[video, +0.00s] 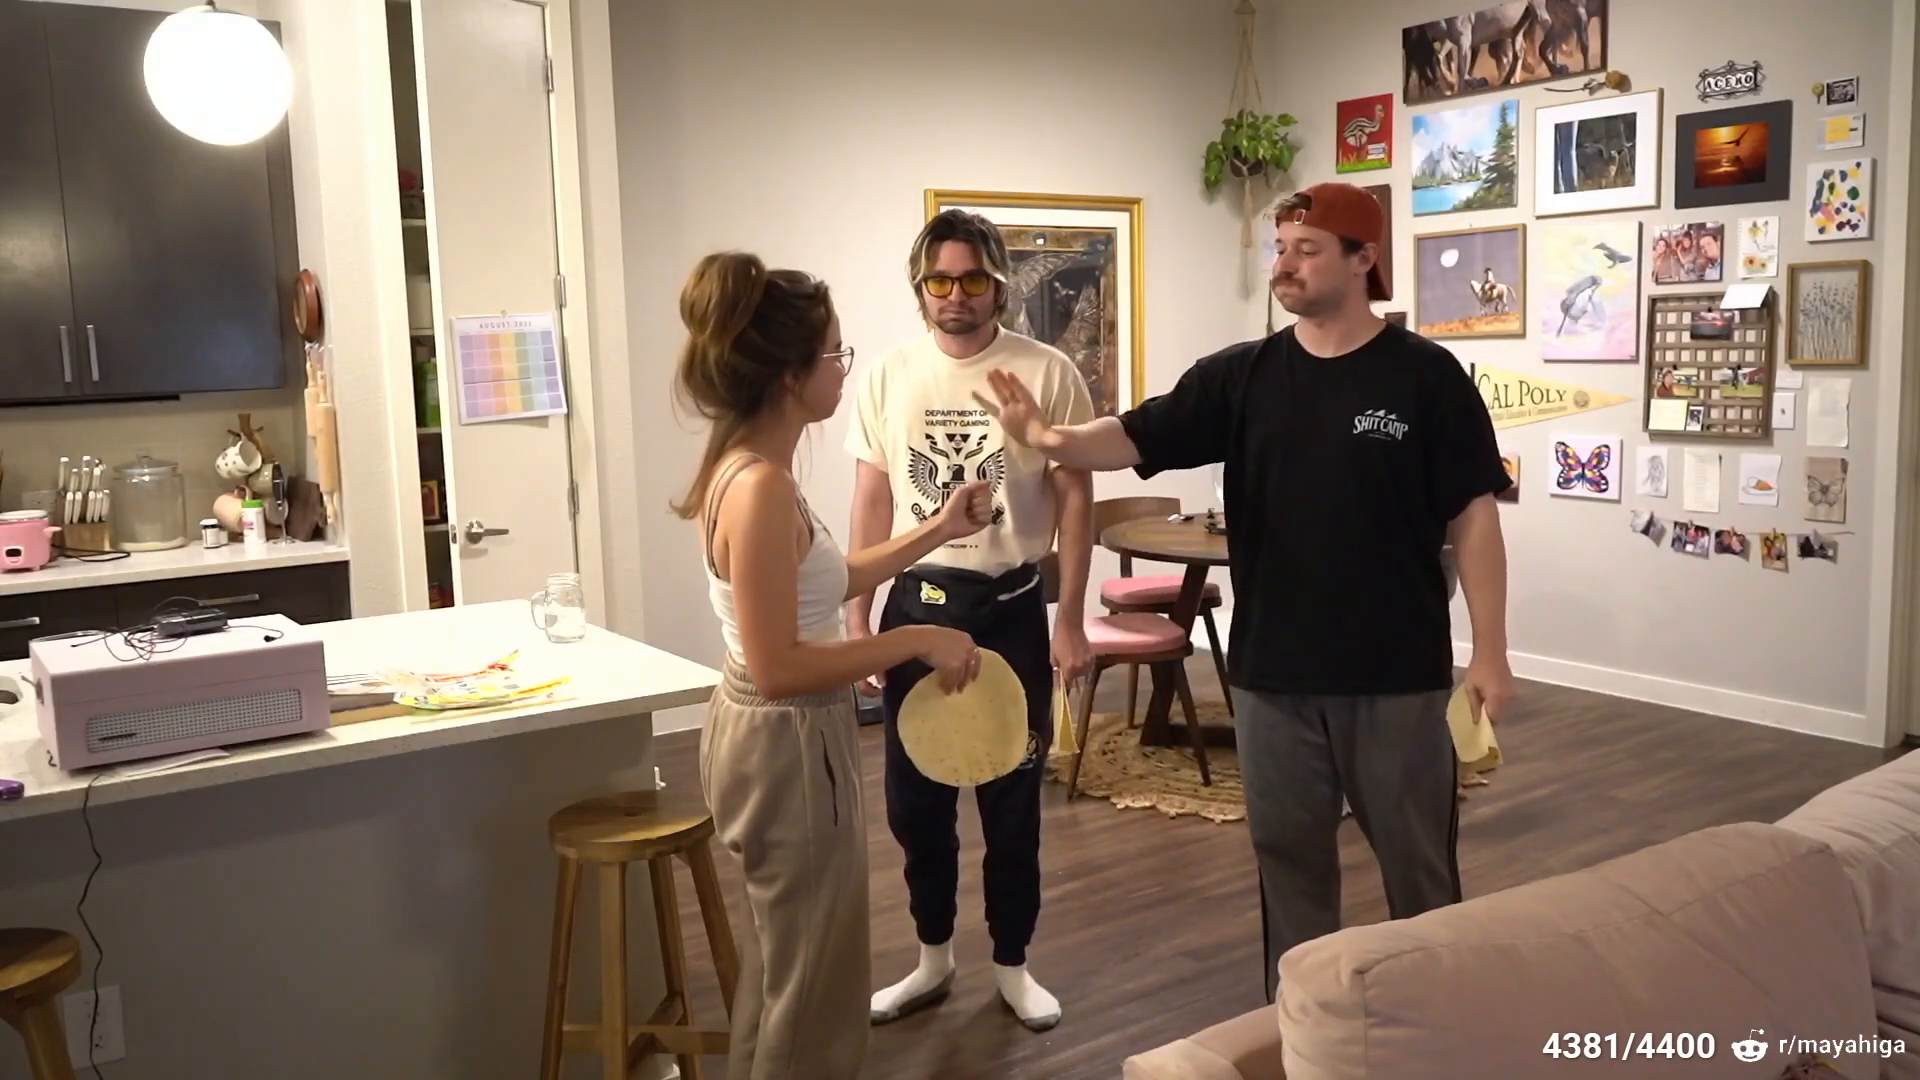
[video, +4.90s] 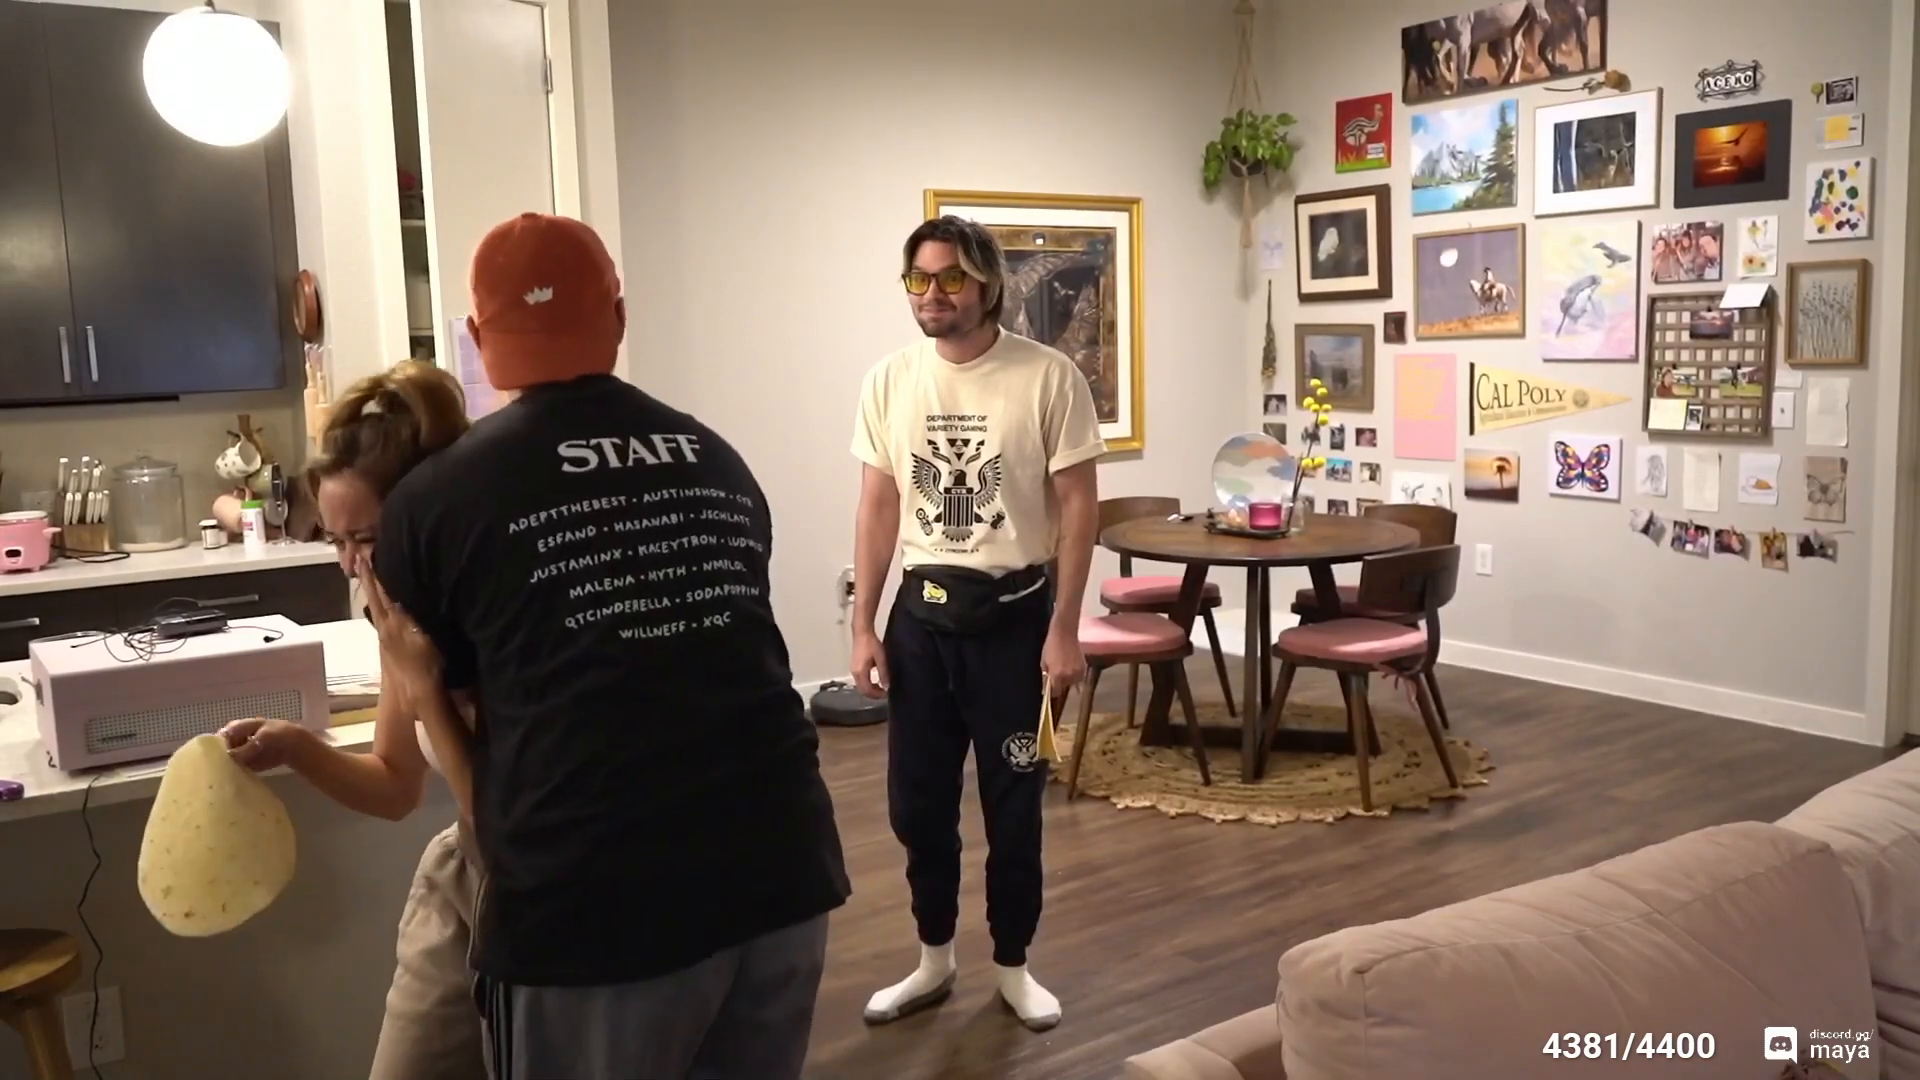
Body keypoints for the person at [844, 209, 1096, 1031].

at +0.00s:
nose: (955, 296)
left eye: (972, 281)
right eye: (940, 281)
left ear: (999, 285)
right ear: (920, 287)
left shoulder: (1047, 372)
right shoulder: (887, 376)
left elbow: (1076, 498)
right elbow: (872, 502)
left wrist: (1069, 618)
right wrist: (865, 624)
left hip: (1015, 605)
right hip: (915, 607)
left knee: (1012, 796)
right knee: (917, 799)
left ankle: (1013, 967)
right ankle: (933, 957)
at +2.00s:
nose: (943, 296)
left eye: (961, 280)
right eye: (928, 281)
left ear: (993, 285)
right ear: (910, 288)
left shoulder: (1045, 373)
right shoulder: (887, 378)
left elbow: (1073, 514)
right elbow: (874, 505)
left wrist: (1059, 623)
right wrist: (857, 617)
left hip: (1012, 612)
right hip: (910, 609)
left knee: (1011, 803)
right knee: (917, 802)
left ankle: (1012, 966)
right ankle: (934, 959)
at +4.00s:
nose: (930, 301)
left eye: (948, 286)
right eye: (918, 286)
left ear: (987, 290)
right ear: (904, 292)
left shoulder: (1049, 376)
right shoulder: (890, 381)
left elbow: (1080, 503)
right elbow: (878, 502)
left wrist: (1069, 628)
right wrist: (865, 623)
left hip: (1016, 610)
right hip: (921, 609)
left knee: (1015, 799)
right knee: (922, 796)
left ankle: (1013, 967)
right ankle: (933, 958)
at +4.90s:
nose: (933, 293)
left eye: (951, 279)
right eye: (921, 279)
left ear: (989, 285)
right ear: (906, 289)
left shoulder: (1049, 376)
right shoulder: (890, 380)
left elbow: (1078, 504)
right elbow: (879, 504)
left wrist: (1064, 629)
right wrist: (864, 623)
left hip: (1015, 613)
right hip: (919, 613)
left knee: (1014, 803)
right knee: (919, 804)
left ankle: (1012, 967)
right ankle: (935, 959)